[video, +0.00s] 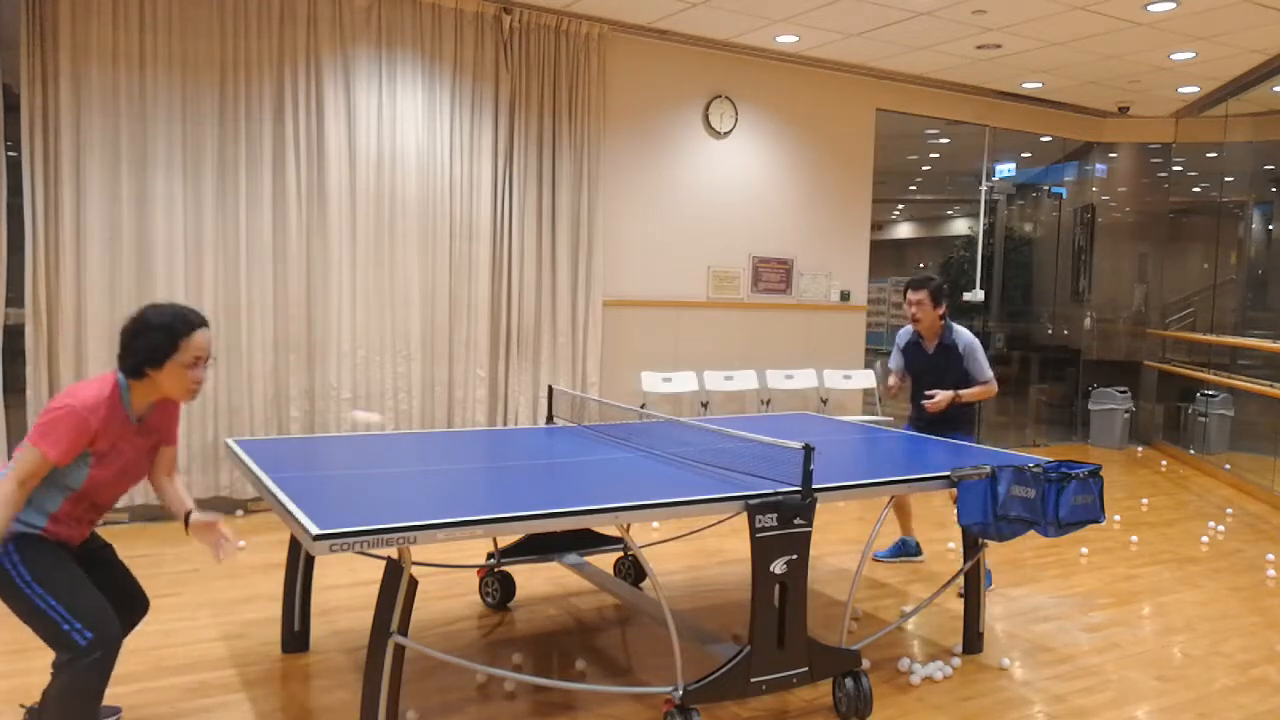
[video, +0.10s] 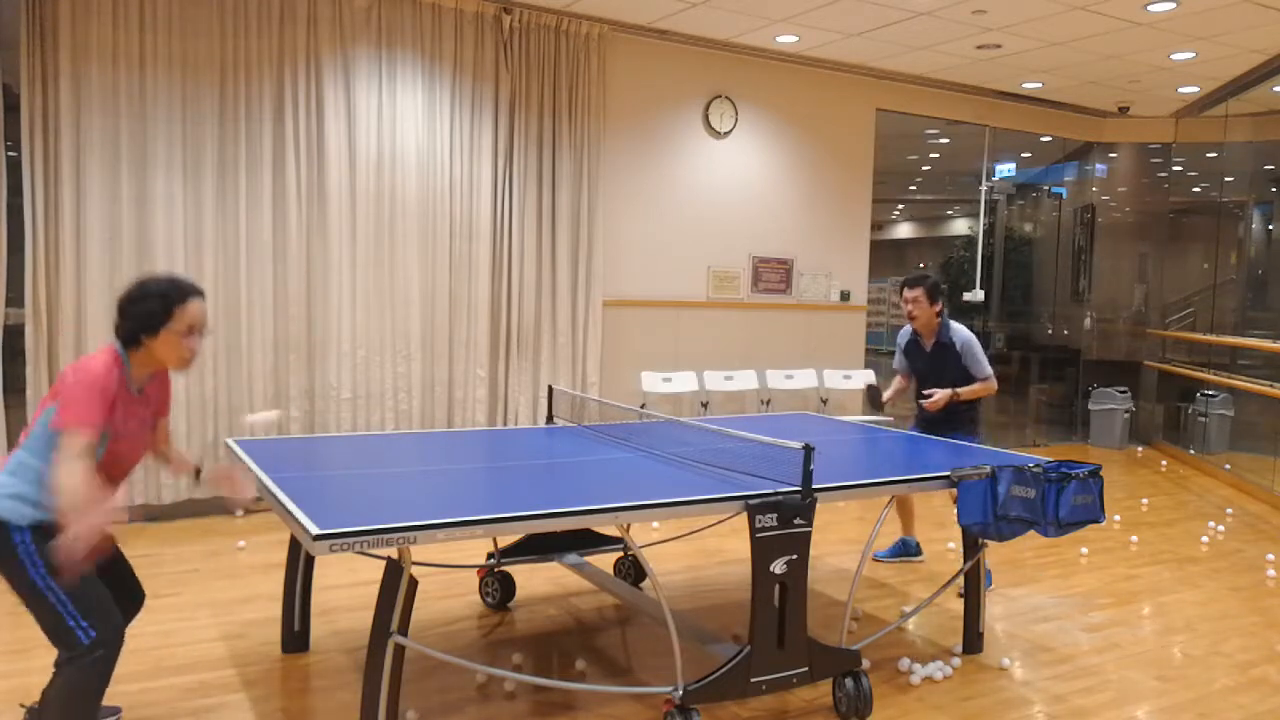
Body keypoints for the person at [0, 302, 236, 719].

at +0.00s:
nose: (203, 375)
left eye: (206, 363)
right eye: (195, 364)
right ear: (153, 363)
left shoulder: (164, 405)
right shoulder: (84, 408)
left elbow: (165, 476)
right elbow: (16, 481)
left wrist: (191, 516)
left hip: (70, 535)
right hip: (19, 536)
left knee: (129, 605)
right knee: (96, 636)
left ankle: (62, 704)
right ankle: (63, 713)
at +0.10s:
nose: (197, 345)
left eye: (200, 333)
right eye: (189, 333)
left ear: (155, 337)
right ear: (148, 334)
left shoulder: (157, 379)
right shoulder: (95, 375)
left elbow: (160, 449)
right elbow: (70, 470)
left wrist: (208, 475)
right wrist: (85, 522)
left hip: (65, 511)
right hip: (19, 518)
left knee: (126, 598)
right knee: (96, 635)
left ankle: (61, 703)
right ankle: (62, 714)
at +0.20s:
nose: (191, 303)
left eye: (193, 291)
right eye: (183, 291)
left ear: (154, 293)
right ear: (143, 291)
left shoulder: (140, 334)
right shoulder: (98, 329)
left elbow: (157, 397)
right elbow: (132, 399)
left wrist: (214, 396)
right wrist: (217, 351)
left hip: (81, 499)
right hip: (38, 499)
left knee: (114, 591)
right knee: (87, 630)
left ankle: (70, 701)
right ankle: (54, 714)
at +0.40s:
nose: (178, 254)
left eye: (176, 244)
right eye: (169, 245)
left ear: (135, 256)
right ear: (133, 256)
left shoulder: (120, 301)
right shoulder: (104, 296)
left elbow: (172, 359)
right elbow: (174, 347)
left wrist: (227, 319)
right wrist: (232, 276)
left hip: (88, 476)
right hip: (77, 477)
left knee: (81, 601)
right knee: (108, 613)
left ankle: (56, 706)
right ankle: (80, 712)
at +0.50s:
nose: (179, 261)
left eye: (176, 250)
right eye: (169, 252)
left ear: (136, 266)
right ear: (135, 265)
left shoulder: (115, 311)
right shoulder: (107, 309)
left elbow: (168, 371)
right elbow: (172, 369)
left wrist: (229, 334)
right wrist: (235, 305)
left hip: (89, 491)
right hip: (83, 495)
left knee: (91, 605)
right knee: (127, 628)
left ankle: (53, 711)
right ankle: (96, 714)